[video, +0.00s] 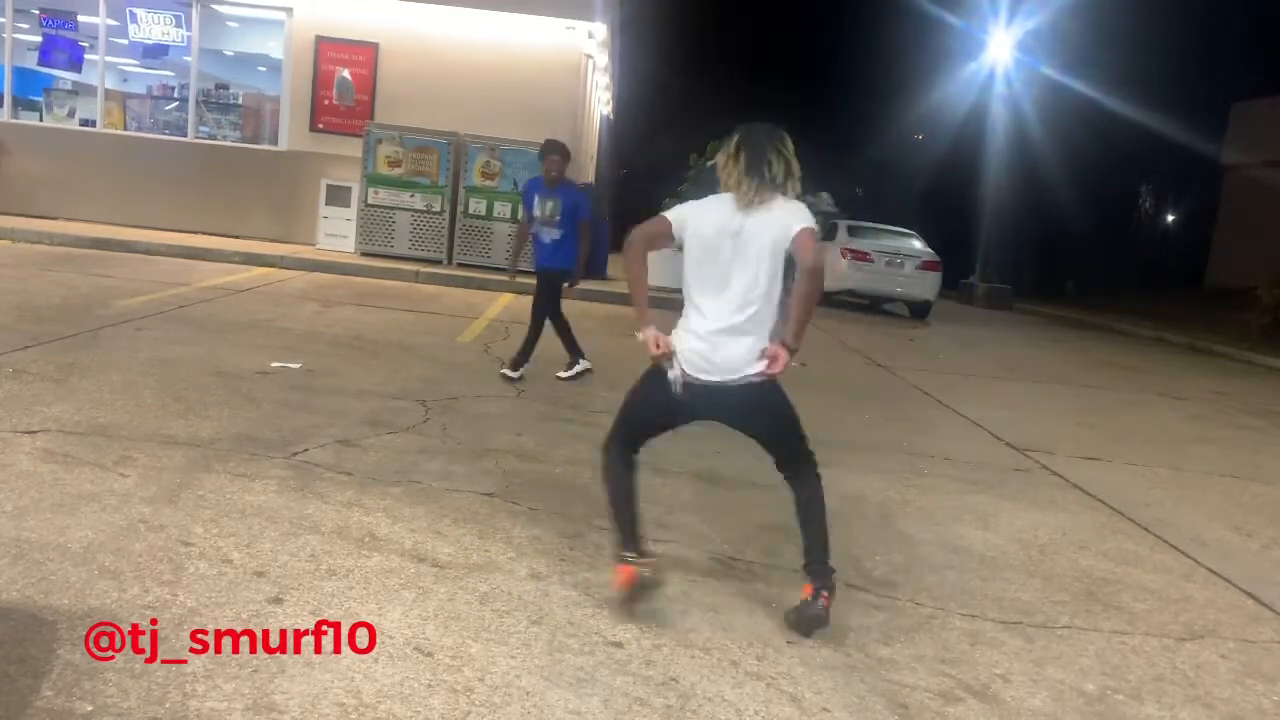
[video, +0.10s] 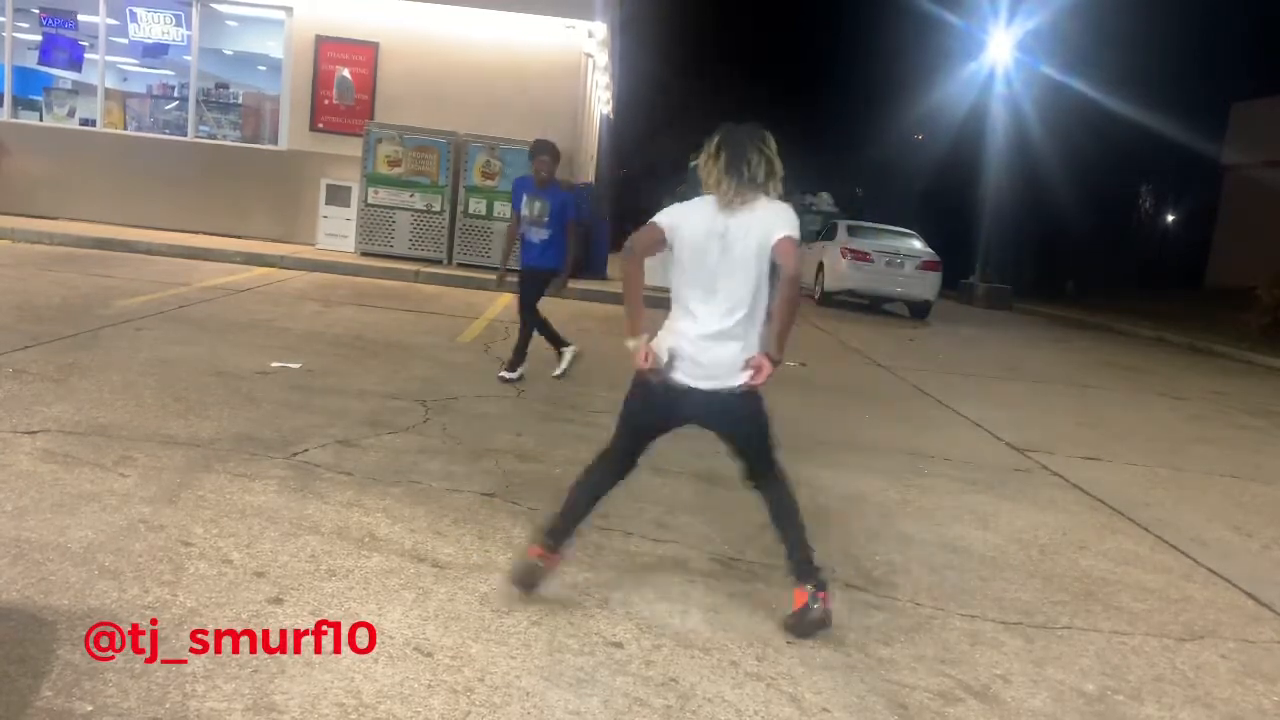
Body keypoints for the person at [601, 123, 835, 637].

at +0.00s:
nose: (719, 166)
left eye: (724, 158)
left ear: (729, 164)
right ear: (784, 168)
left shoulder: (698, 211)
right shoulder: (793, 213)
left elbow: (636, 240)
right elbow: (811, 262)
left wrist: (645, 322)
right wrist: (789, 340)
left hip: (681, 380)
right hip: (751, 388)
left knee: (619, 447)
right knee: (800, 468)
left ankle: (629, 556)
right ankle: (818, 584)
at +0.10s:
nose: (704, 168)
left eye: (706, 160)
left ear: (711, 165)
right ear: (767, 168)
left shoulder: (684, 212)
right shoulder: (776, 214)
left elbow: (633, 251)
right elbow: (790, 273)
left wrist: (638, 335)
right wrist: (772, 351)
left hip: (664, 383)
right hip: (734, 393)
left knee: (614, 461)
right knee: (768, 476)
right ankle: (809, 585)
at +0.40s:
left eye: (684, 146)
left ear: (688, 150)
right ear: (744, 155)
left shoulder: (658, 193)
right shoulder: (754, 200)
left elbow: (612, 226)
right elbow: (778, 247)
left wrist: (619, 308)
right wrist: (753, 327)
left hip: (642, 368)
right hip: (712, 376)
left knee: (596, 449)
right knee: (751, 465)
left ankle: (563, 569)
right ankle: (763, 589)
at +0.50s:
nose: (677, 159)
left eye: (680, 149)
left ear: (684, 154)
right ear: (739, 158)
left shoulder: (655, 198)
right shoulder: (752, 203)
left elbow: (624, 248)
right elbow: (775, 255)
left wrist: (624, 330)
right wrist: (753, 336)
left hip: (648, 376)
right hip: (713, 383)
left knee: (609, 464)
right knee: (722, 477)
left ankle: (557, 580)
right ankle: (754, 605)